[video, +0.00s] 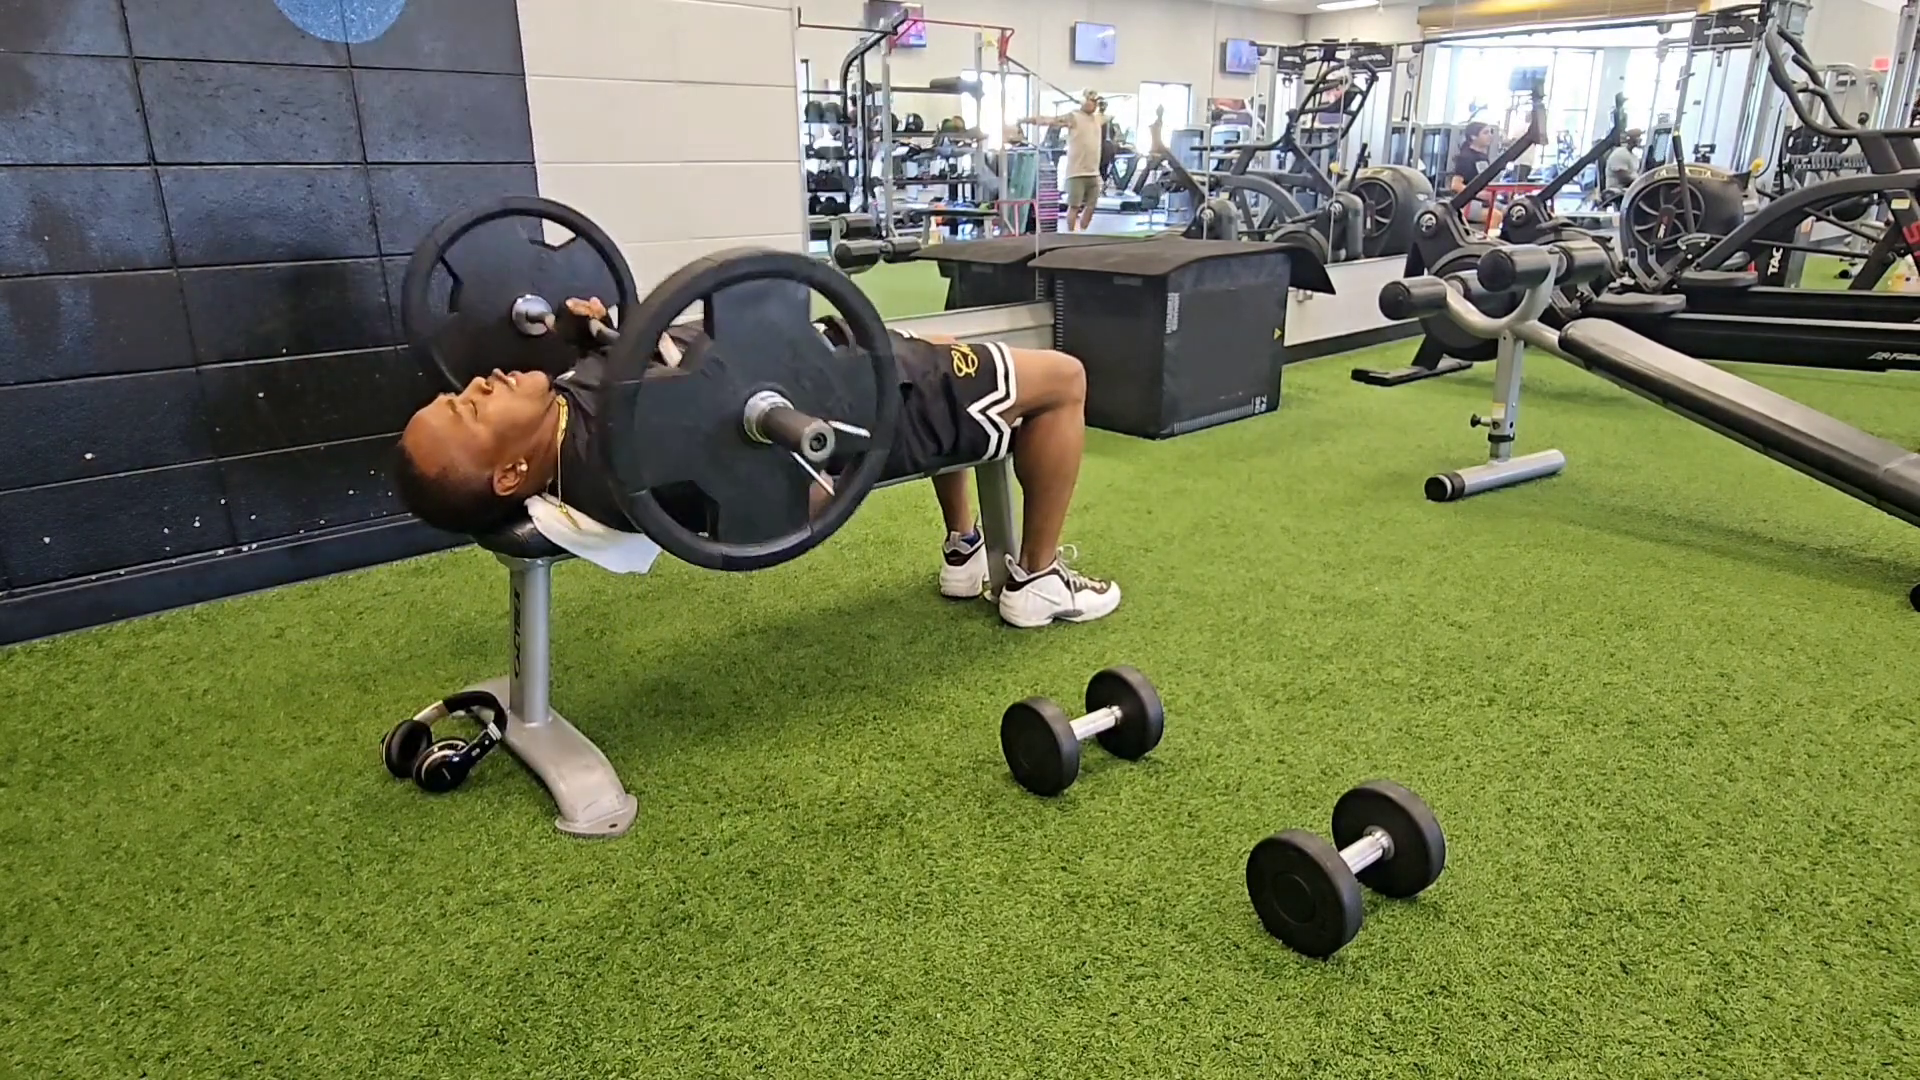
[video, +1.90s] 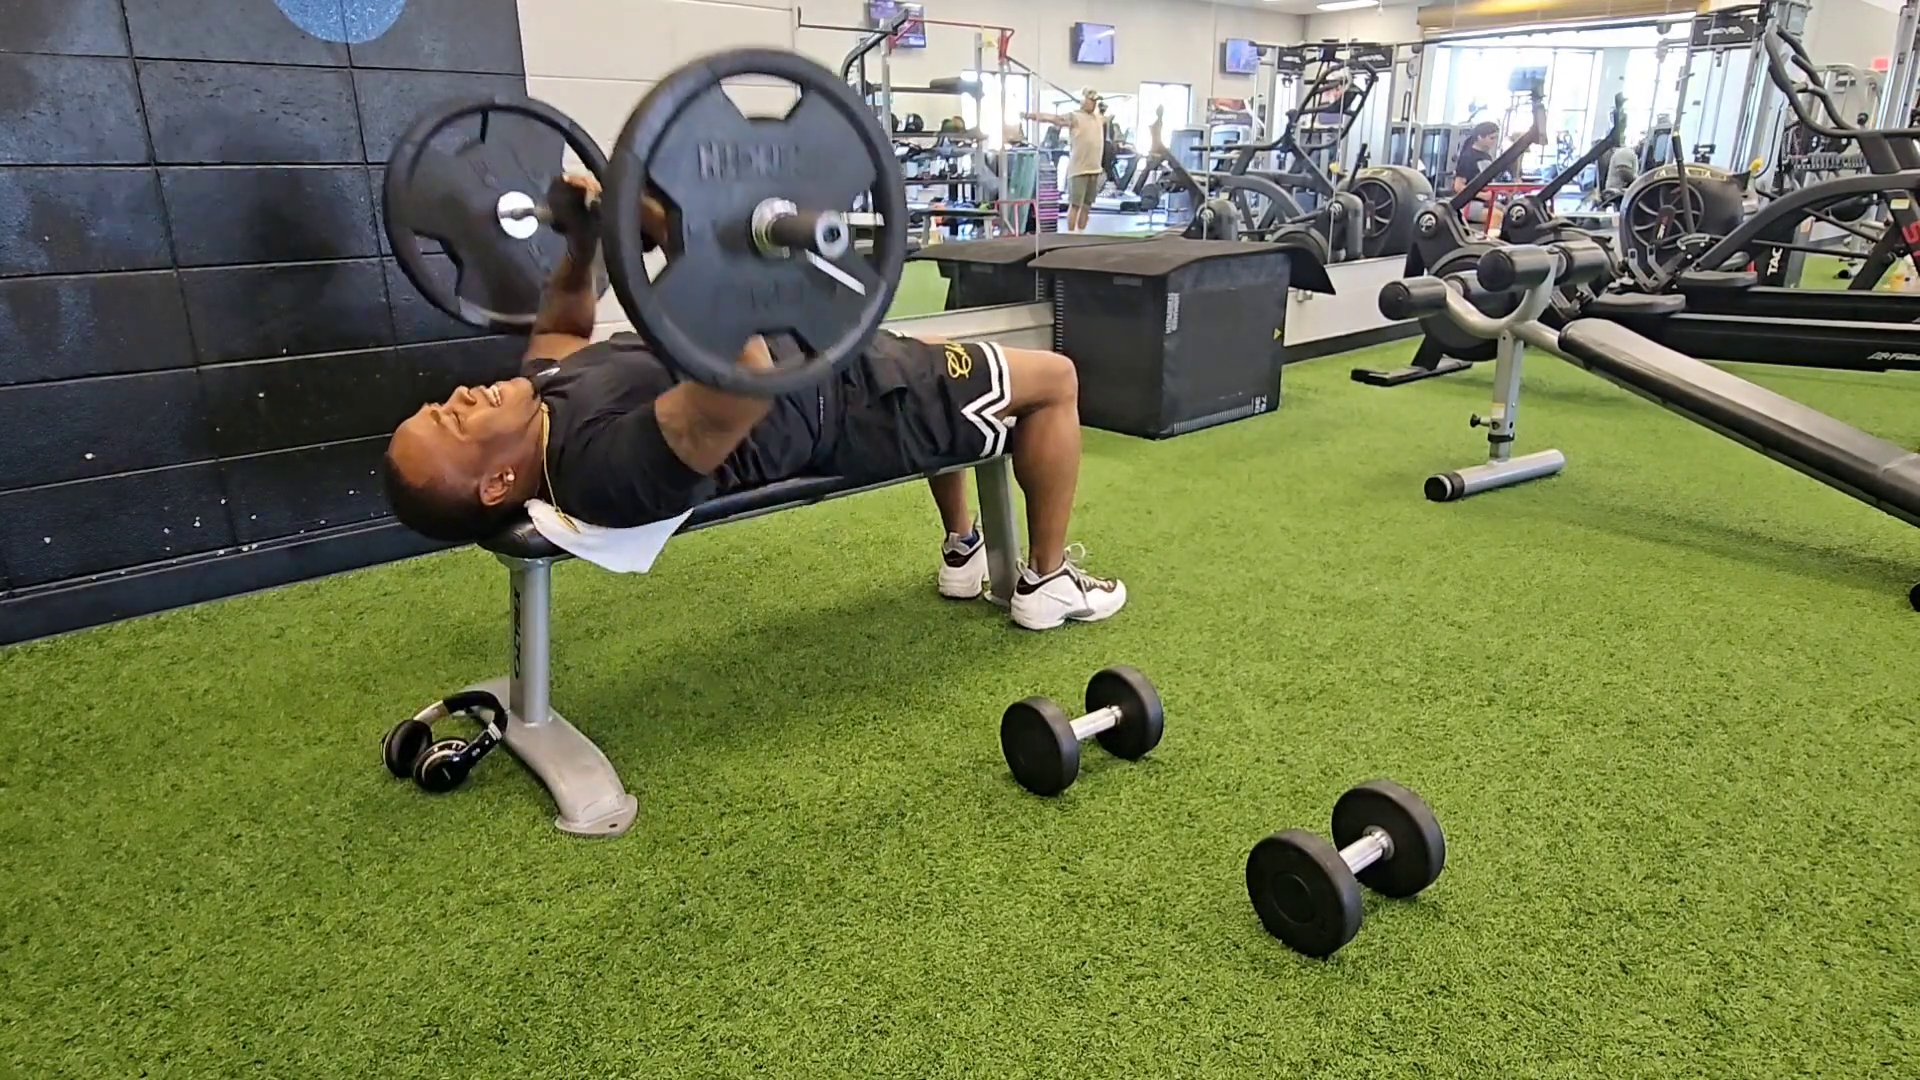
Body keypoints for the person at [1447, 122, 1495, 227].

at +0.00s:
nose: (1490, 135)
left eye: (1490, 132)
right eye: (1485, 132)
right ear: (1473, 137)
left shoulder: (1484, 156)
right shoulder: (1466, 156)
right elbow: (1456, 185)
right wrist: (1479, 194)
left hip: (1485, 201)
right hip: (1468, 202)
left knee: (1509, 212)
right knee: (1496, 216)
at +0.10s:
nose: (1490, 136)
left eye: (1490, 132)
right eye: (1485, 133)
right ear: (1473, 137)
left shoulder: (1484, 157)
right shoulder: (1465, 156)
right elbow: (1457, 185)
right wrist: (1479, 194)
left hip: (1485, 201)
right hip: (1468, 203)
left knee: (1507, 211)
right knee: (1496, 216)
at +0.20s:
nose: (1489, 136)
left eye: (1489, 132)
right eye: (1484, 133)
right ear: (1472, 137)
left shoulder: (1484, 157)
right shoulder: (1465, 156)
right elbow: (1457, 185)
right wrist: (1479, 194)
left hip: (1486, 201)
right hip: (1468, 203)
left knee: (1508, 211)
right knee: (1496, 216)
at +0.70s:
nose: (1489, 136)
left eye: (1490, 132)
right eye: (1485, 133)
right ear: (1473, 137)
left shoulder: (1485, 156)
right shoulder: (1465, 157)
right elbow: (1454, 185)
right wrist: (1478, 195)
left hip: (1488, 201)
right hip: (1469, 202)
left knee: (1508, 212)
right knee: (1496, 215)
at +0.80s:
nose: (1490, 136)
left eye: (1490, 132)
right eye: (1485, 133)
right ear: (1473, 137)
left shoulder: (1485, 155)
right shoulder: (1465, 156)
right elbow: (1454, 185)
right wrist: (1479, 195)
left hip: (1488, 201)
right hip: (1469, 203)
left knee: (1509, 212)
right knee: (1496, 215)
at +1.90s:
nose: (1494, 141)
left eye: (1496, 138)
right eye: (1492, 138)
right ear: (1480, 137)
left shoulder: (1487, 156)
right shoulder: (1467, 156)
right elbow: (1458, 186)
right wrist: (1483, 195)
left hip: (1488, 201)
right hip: (1470, 202)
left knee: (1507, 212)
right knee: (1496, 215)